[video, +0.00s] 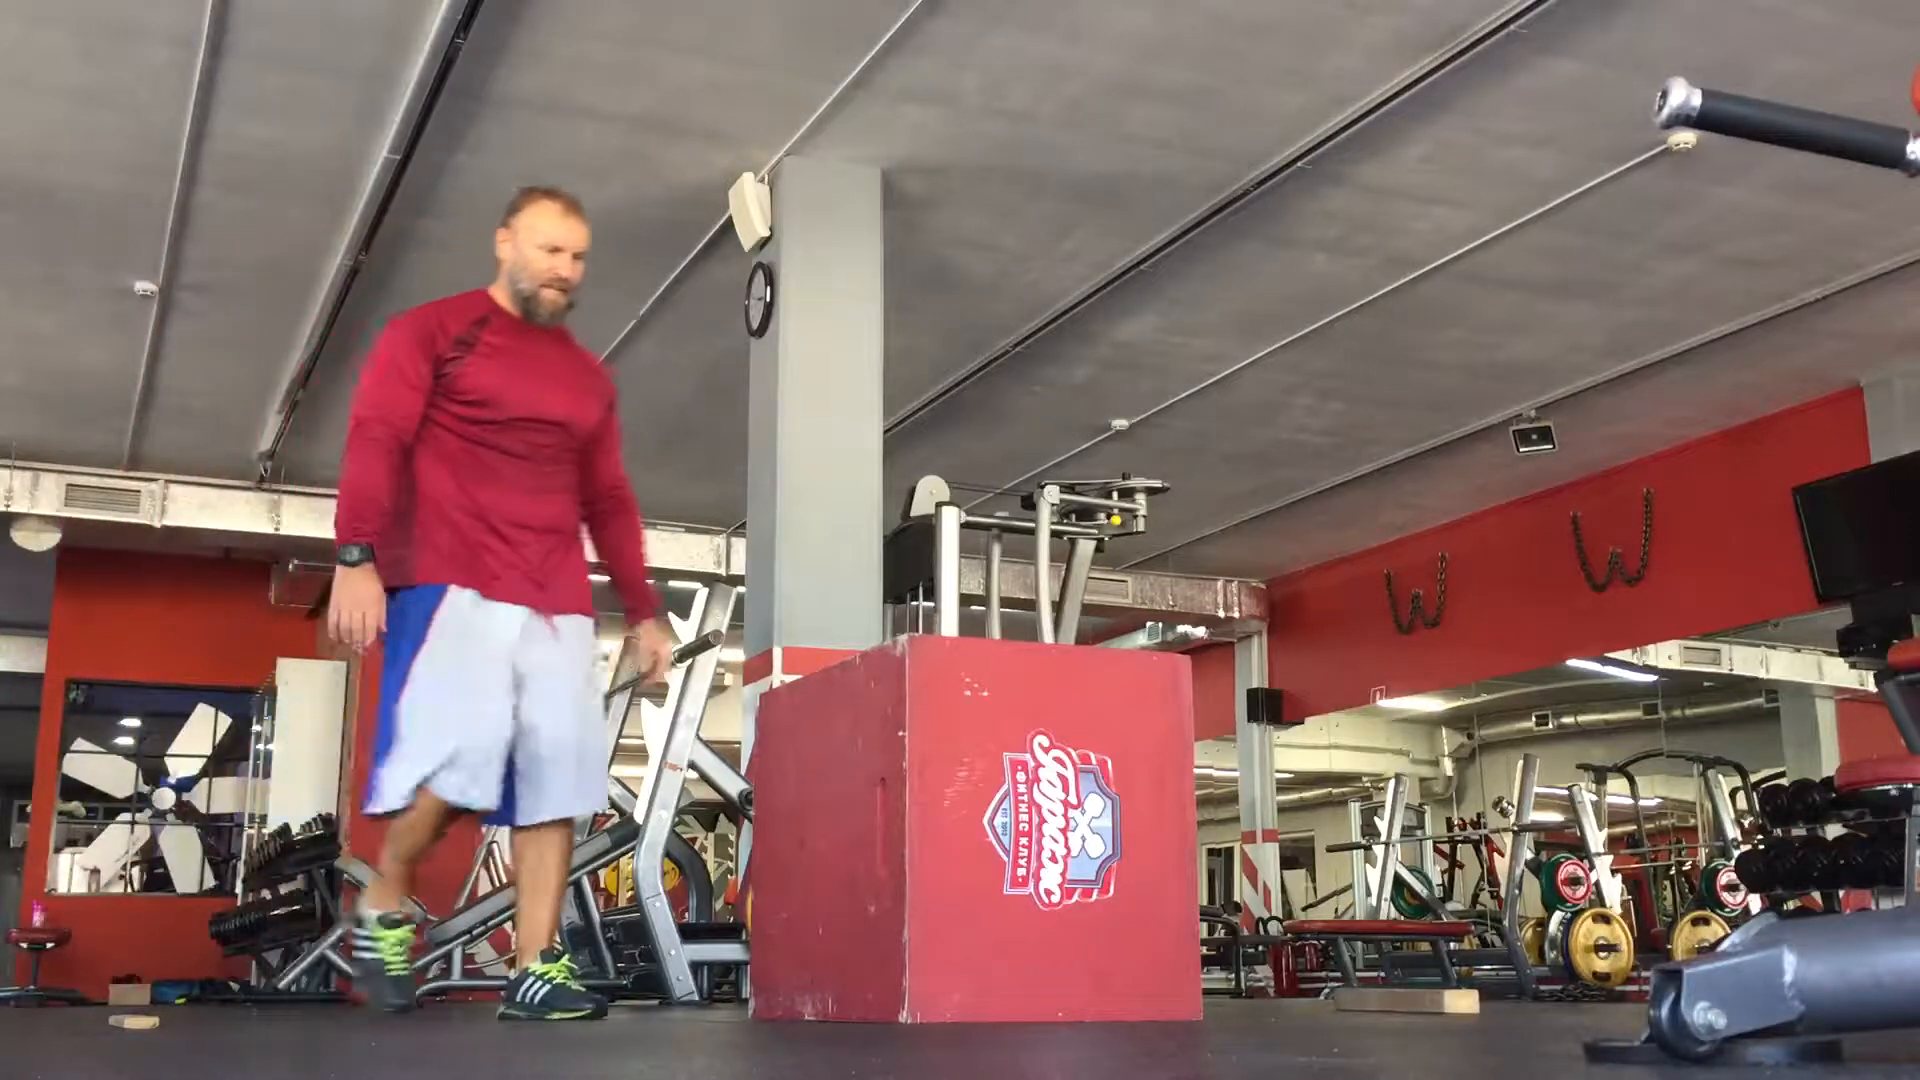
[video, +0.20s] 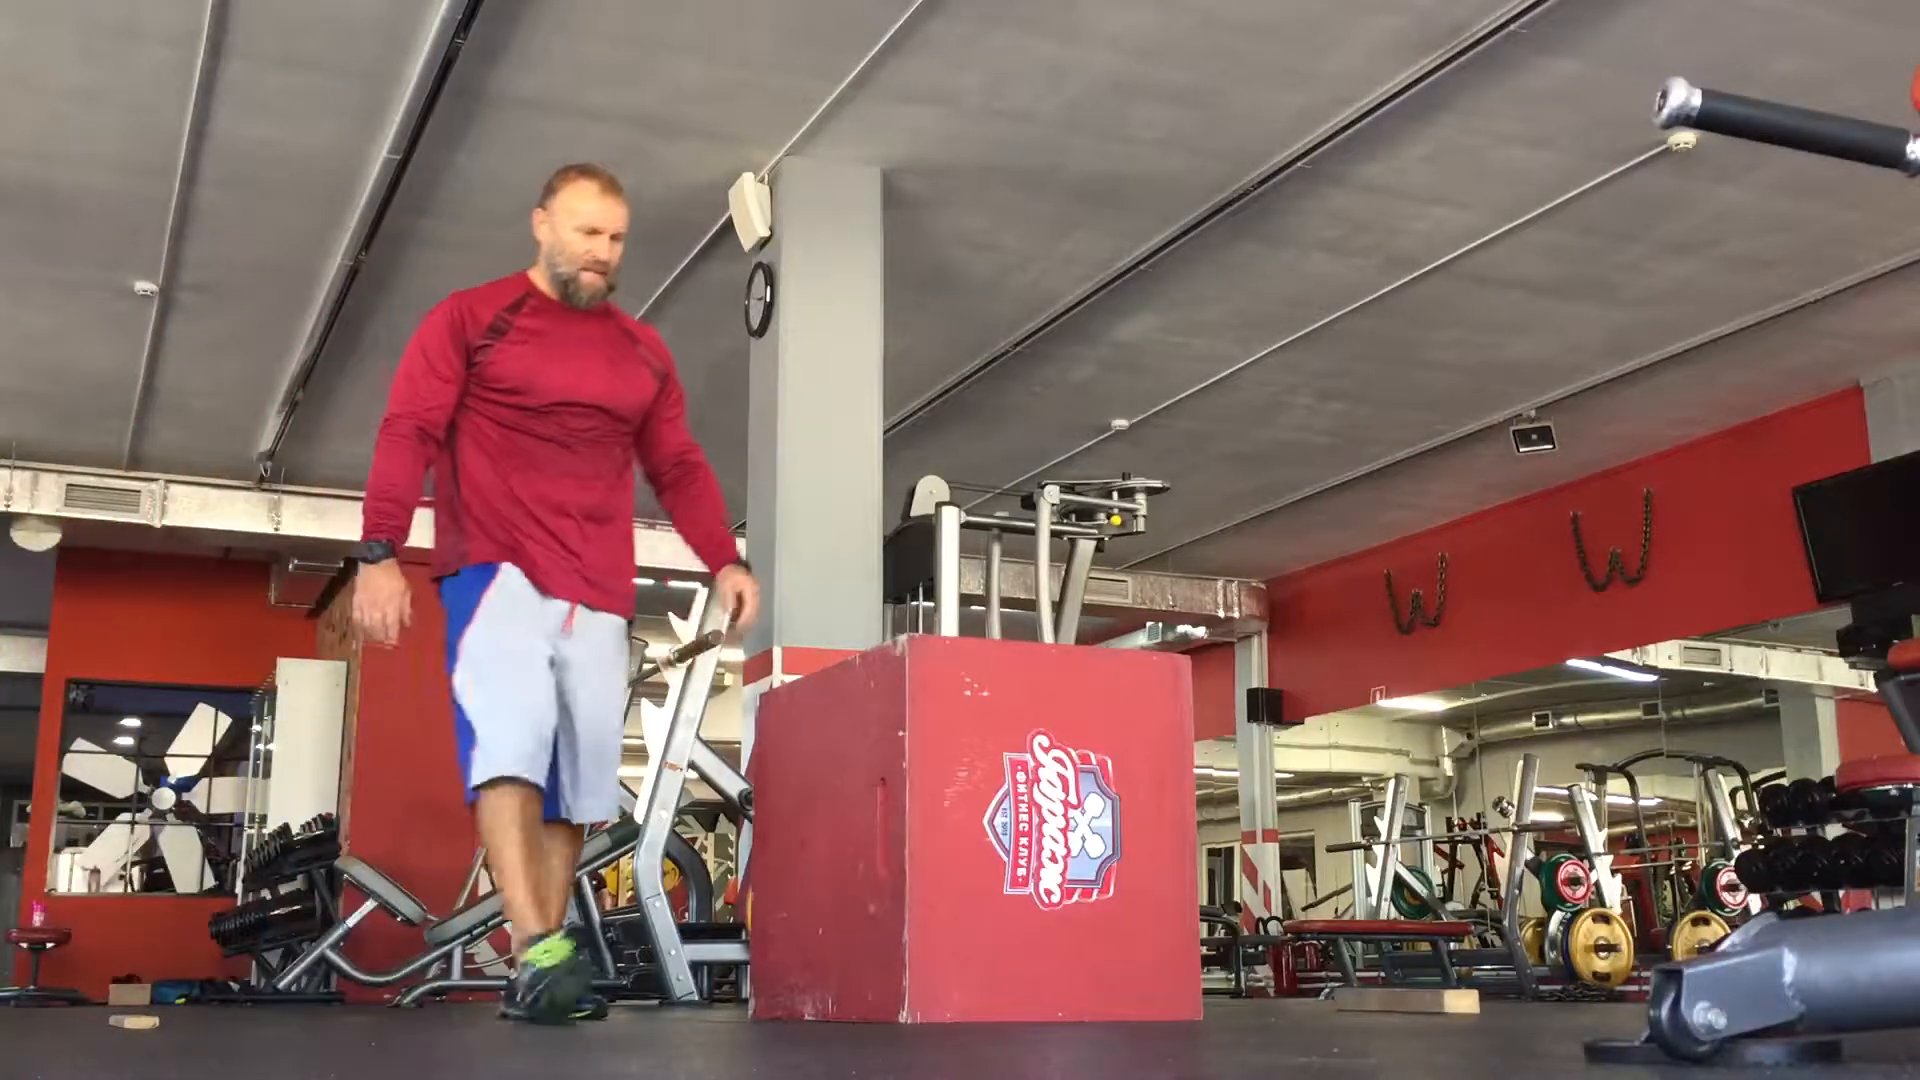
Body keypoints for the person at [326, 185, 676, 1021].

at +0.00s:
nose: (568, 269)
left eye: (579, 256)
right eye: (552, 249)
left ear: (584, 268)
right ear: (503, 245)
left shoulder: (588, 376)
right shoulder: (429, 334)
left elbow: (610, 499)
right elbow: (376, 439)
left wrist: (644, 613)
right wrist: (355, 559)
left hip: (556, 599)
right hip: (451, 583)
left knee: (557, 771)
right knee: (463, 759)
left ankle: (534, 965)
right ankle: (387, 892)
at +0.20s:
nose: (603, 251)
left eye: (616, 237)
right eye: (588, 231)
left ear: (627, 243)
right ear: (541, 226)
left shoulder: (644, 352)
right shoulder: (470, 321)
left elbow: (677, 466)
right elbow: (409, 430)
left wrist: (726, 558)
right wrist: (379, 552)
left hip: (598, 583)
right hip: (496, 569)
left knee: (578, 766)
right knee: (513, 742)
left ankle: (540, 964)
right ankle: (538, 951)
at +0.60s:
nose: (640, 209)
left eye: (651, 191)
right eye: (620, 189)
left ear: (664, 190)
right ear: (571, 182)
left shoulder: (695, 294)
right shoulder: (507, 288)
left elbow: (726, 425)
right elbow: (465, 419)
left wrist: (738, 539)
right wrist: (473, 545)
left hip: (685, 568)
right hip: (562, 566)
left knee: (718, 743)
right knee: (545, 751)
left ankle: (640, 910)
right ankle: (559, 949)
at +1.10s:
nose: (794, 201)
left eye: (810, 186)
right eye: (777, 182)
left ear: (829, 179)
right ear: (733, 160)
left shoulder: (851, 301)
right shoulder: (646, 244)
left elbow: (871, 440)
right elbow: (578, 365)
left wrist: (888, 563)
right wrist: (536, 488)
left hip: (769, 551)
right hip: (633, 534)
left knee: (782, 746)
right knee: (597, 741)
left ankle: (780, 960)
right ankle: (574, 951)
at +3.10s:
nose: (782, 143)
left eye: (801, 126)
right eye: (764, 125)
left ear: (830, 136)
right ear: (734, 132)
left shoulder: (874, 270)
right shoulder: (669, 236)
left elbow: (899, 403)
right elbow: (615, 357)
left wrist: (876, 519)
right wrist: (602, 469)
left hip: (795, 543)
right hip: (665, 533)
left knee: (786, 746)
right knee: (639, 740)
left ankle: (779, 958)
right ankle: (643, 956)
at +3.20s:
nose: (747, 147)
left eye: (766, 129)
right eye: (729, 130)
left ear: (797, 139)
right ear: (702, 141)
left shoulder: (849, 268)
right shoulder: (647, 248)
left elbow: (887, 380)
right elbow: (590, 356)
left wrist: (861, 433)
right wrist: (608, 423)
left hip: (784, 531)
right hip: (656, 528)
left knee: (782, 742)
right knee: (636, 740)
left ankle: (779, 958)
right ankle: (640, 964)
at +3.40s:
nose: (676, 167)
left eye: (694, 150)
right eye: (657, 153)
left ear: (726, 162)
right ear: (634, 169)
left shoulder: (767, 253)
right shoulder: (597, 252)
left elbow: (805, 279)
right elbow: (567, 291)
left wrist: (798, 280)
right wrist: (605, 288)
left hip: (741, 549)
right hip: (615, 553)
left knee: (762, 750)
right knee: (618, 754)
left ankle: (775, 958)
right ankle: (636, 963)